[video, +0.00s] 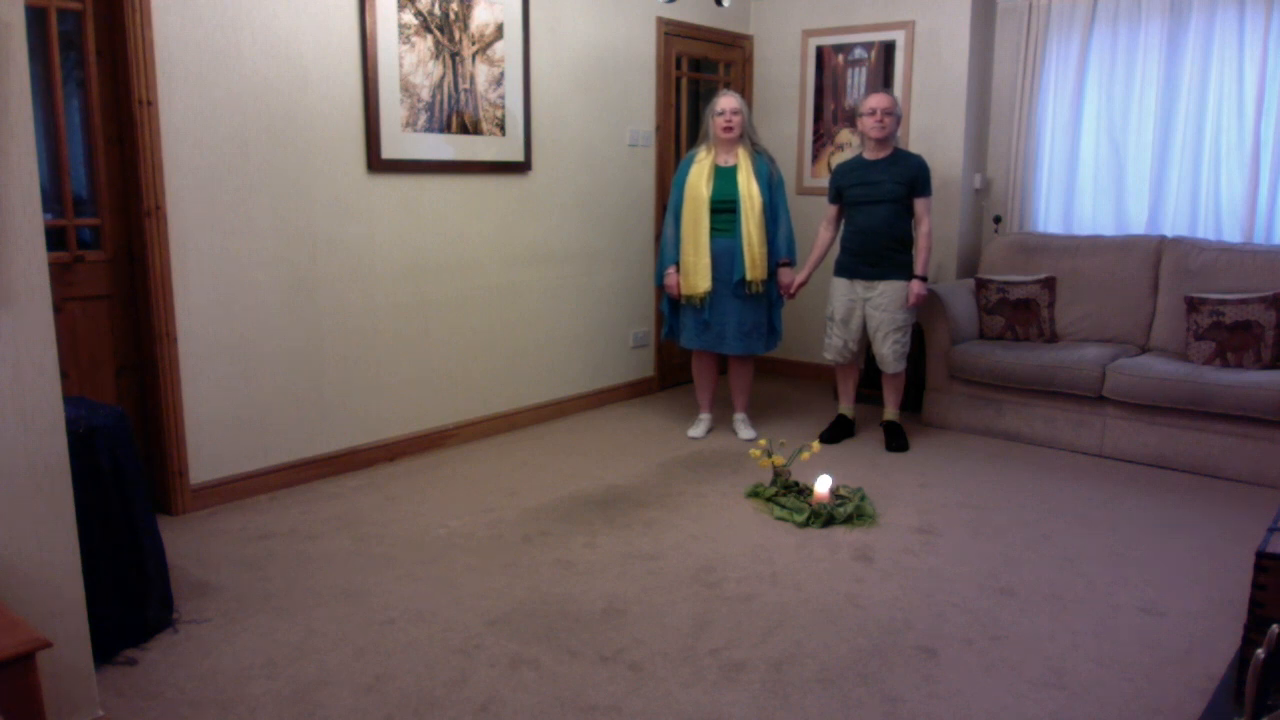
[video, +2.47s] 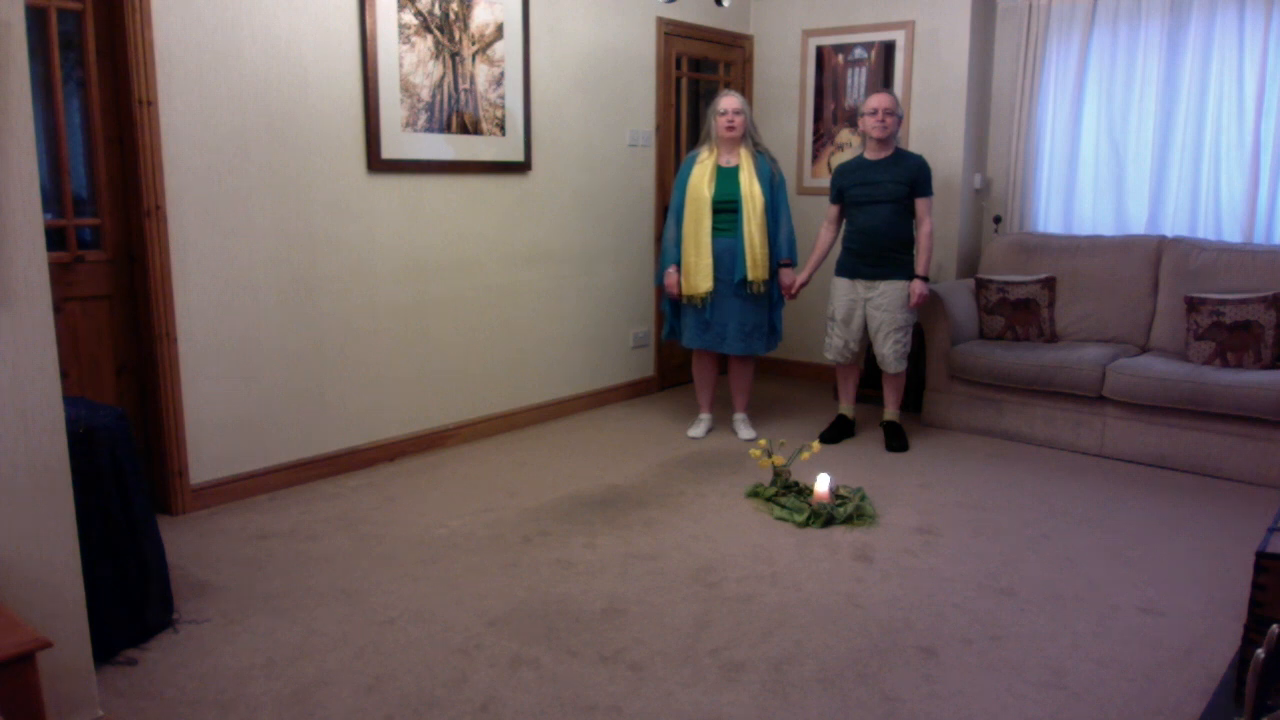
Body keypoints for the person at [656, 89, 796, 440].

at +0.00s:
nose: (728, 119)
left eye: (735, 113)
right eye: (721, 113)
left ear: (745, 119)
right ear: (710, 120)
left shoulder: (762, 163)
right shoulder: (692, 163)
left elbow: (779, 215)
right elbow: (673, 218)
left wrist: (784, 264)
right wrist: (670, 266)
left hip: (748, 268)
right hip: (700, 268)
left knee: (742, 344)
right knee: (702, 343)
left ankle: (741, 415)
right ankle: (704, 413)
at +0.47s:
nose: (728, 119)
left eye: (735, 113)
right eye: (721, 114)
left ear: (745, 119)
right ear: (710, 120)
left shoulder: (762, 163)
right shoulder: (692, 163)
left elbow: (779, 215)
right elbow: (674, 218)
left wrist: (784, 264)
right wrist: (670, 266)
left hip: (748, 267)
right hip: (700, 268)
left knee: (742, 344)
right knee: (702, 343)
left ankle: (741, 415)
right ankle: (704, 413)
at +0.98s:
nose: (729, 119)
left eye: (736, 113)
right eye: (722, 114)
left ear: (746, 119)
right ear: (711, 120)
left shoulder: (762, 164)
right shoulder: (693, 163)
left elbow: (779, 215)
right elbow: (674, 218)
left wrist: (784, 264)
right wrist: (671, 267)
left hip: (749, 268)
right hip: (700, 268)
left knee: (742, 344)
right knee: (702, 343)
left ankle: (741, 415)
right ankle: (704, 413)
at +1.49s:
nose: (729, 119)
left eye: (736, 113)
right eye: (722, 114)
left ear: (746, 119)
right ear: (711, 120)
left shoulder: (763, 164)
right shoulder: (693, 163)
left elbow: (780, 216)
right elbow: (674, 218)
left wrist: (785, 264)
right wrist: (671, 266)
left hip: (749, 269)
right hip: (701, 269)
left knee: (743, 345)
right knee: (703, 343)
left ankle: (741, 415)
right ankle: (705, 413)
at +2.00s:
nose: (729, 119)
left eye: (736, 113)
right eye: (722, 113)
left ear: (747, 119)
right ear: (712, 120)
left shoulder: (763, 164)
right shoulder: (693, 163)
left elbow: (780, 216)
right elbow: (675, 217)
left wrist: (785, 264)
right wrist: (668, 265)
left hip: (749, 268)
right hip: (700, 268)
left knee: (743, 344)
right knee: (702, 343)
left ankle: (741, 414)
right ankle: (705, 413)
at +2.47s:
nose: (730, 119)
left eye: (737, 113)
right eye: (723, 113)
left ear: (747, 119)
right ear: (712, 120)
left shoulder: (764, 164)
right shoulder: (693, 163)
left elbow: (780, 216)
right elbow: (675, 217)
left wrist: (785, 264)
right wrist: (671, 265)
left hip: (750, 268)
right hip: (701, 268)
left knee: (743, 344)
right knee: (703, 343)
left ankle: (741, 414)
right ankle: (705, 413)